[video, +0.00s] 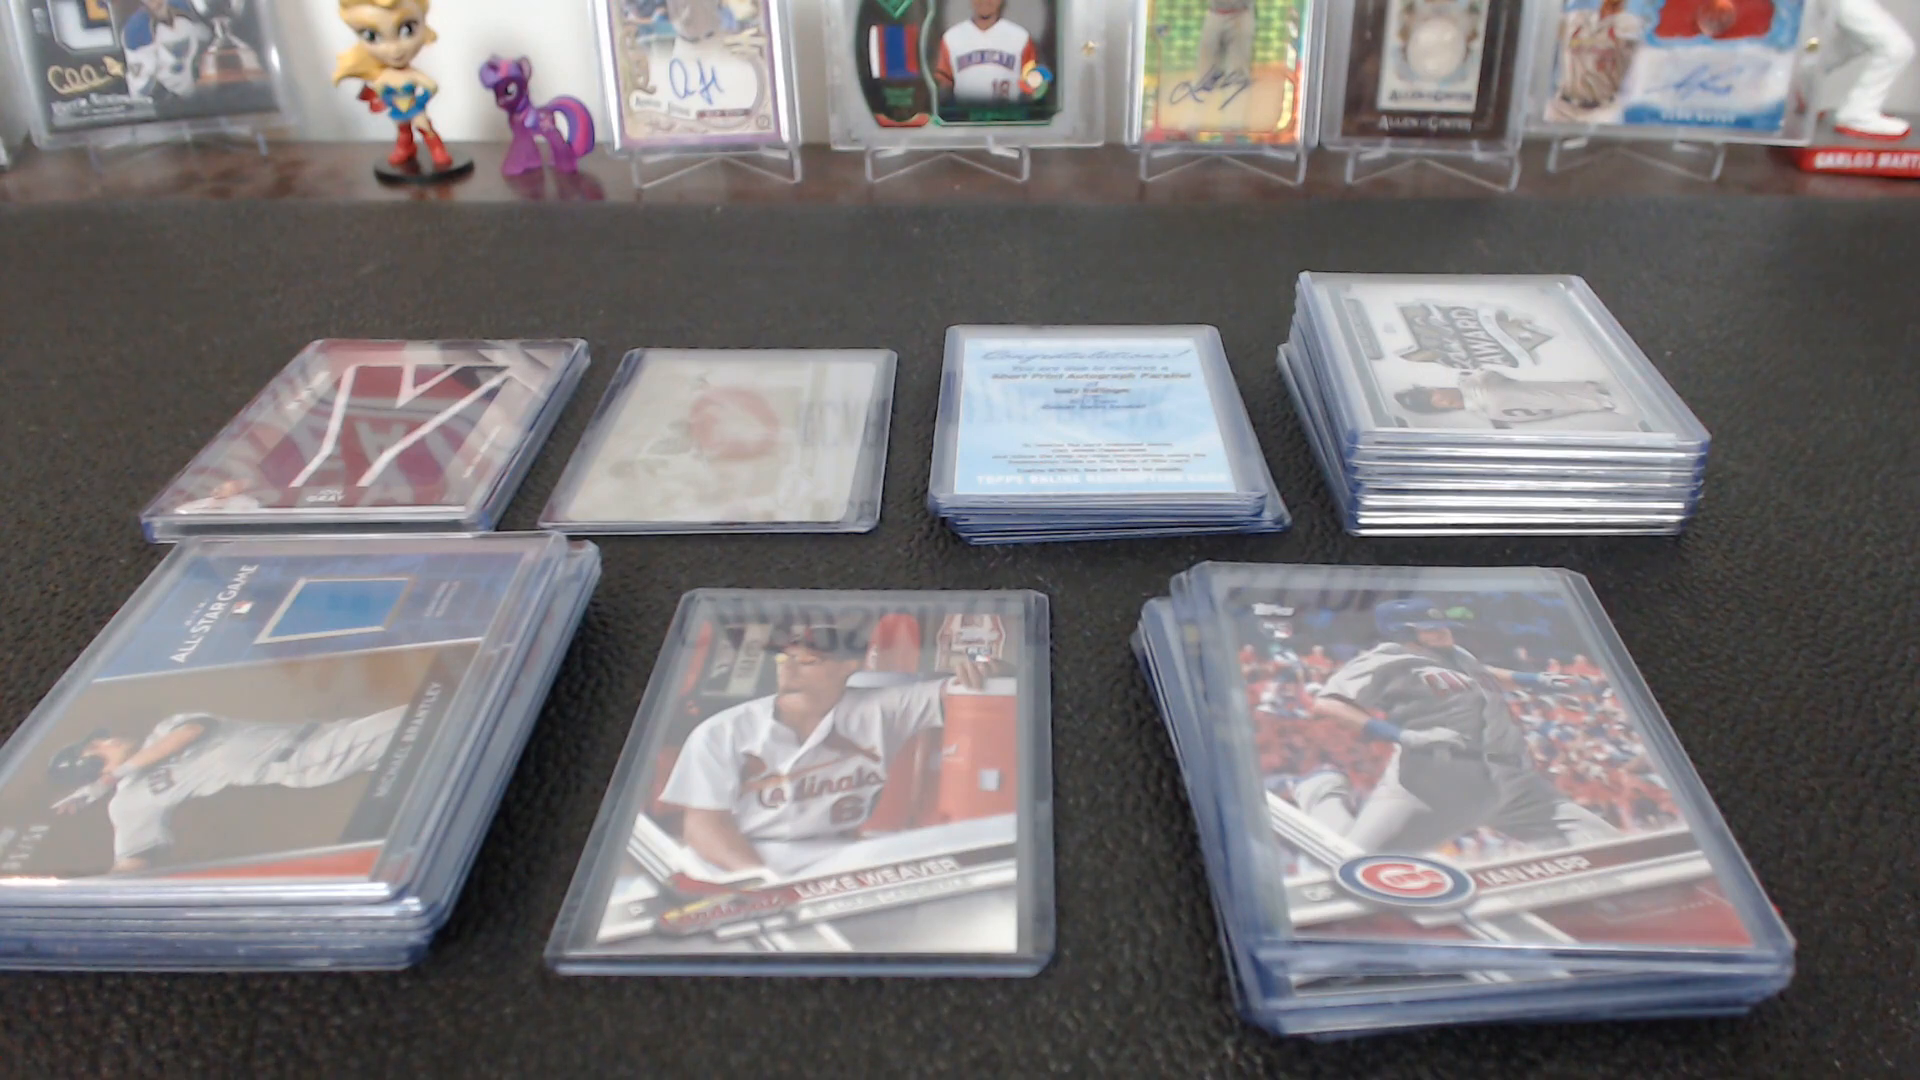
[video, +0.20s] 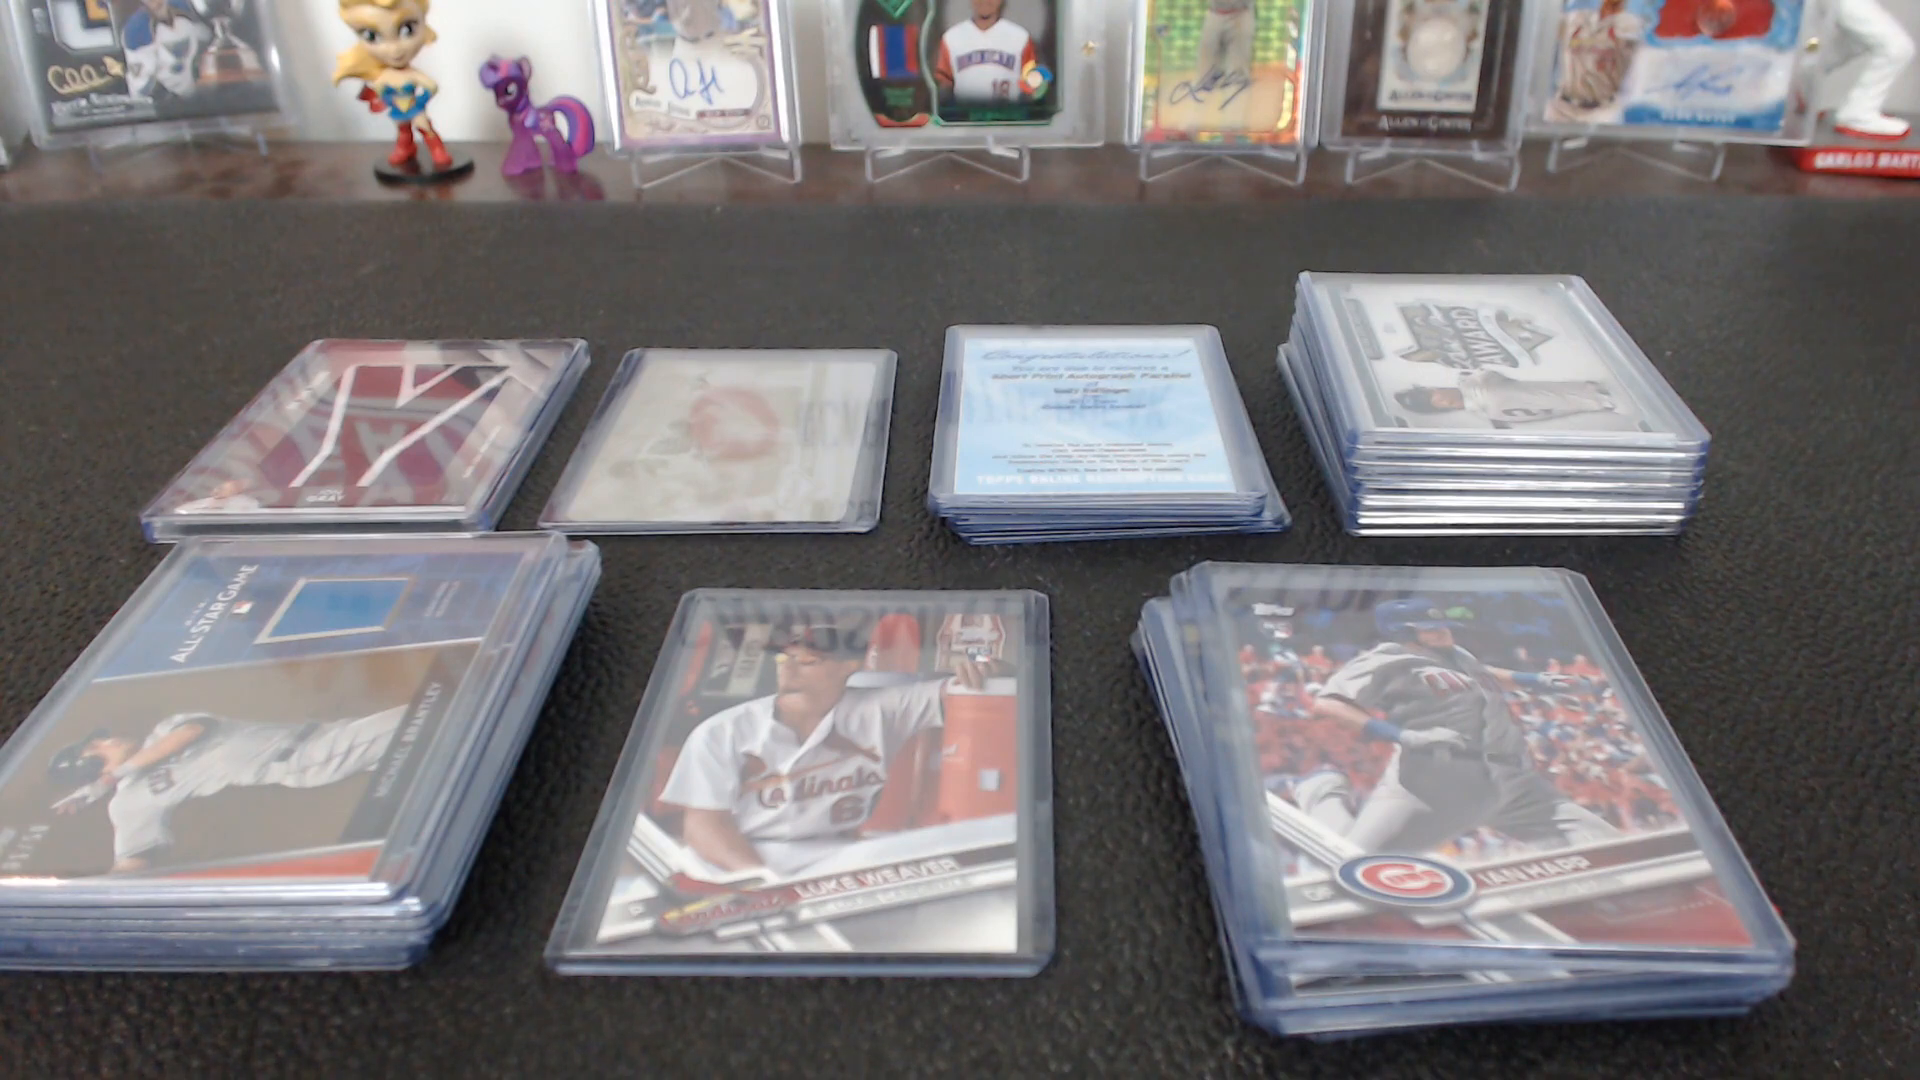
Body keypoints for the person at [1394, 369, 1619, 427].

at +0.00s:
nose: (1445, 400)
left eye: (1440, 395)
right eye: (1440, 403)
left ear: (1442, 388)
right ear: (1442, 407)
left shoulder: (1471, 380)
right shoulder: (1472, 408)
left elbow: (1497, 380)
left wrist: (1490, 399)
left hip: (1522, 390)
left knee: (1554, 395)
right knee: (1555, 404)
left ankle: (1593, 396)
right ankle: (1590, 398)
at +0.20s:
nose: (1445, 400)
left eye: (1440, 395)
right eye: (1440, 403)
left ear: (1442, 388)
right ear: (1442, 407)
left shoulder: (1471, 380)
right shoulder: (1472, 408)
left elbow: (1497, 380)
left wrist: (1489, 398)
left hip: (1522, 390)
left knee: (1554, 395)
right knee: (1555, 404)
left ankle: (1593, 395)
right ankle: (1590, 398)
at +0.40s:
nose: (1445, 400)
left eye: (1440, 395)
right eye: (1440, 403)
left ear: (1442, 388)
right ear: (1442, 407)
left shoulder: (1471, 380)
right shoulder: (1472, 408)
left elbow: (1497, 380)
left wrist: (1489, 398)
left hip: (1521, 390)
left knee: (1554, 395)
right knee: (1555, 404)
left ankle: (1592, 395)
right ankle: (1590, 398)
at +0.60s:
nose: (1445, 400)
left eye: (1440, 395)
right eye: (1440, 403)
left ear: (1442, 388)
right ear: (1441, 407)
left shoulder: (1471, 380)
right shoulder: (1472, 408)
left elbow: (1497, 380)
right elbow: (1495, 414)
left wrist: (1490, 399)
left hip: (1522, 390)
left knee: (1555, 395)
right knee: (1555, 404)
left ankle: (1593, 396)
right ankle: (1590, 398)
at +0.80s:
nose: (1445, 400)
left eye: (1440, 395)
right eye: (1440, 403)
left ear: (1442, 388)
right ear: (1441, 407)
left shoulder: (1471, 380)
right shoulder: (1472, 408)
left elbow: (1497, 380)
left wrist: (1490, 399)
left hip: (1523, 390)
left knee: (1554, 395)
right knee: (1555, 404)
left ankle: (1592, 395)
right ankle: (1591, 399)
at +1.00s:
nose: (1445, 400)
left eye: (1440, 395)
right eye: (1440, 403)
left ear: (1442, 388)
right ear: (1441, 407)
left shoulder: (1471, 380)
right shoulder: (1472, 407)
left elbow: (1496, 381)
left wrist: (1490, 400)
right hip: (1508, 410)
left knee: (1552, 396)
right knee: (1552, 404)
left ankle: (1593, 396)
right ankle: (1590, 399)